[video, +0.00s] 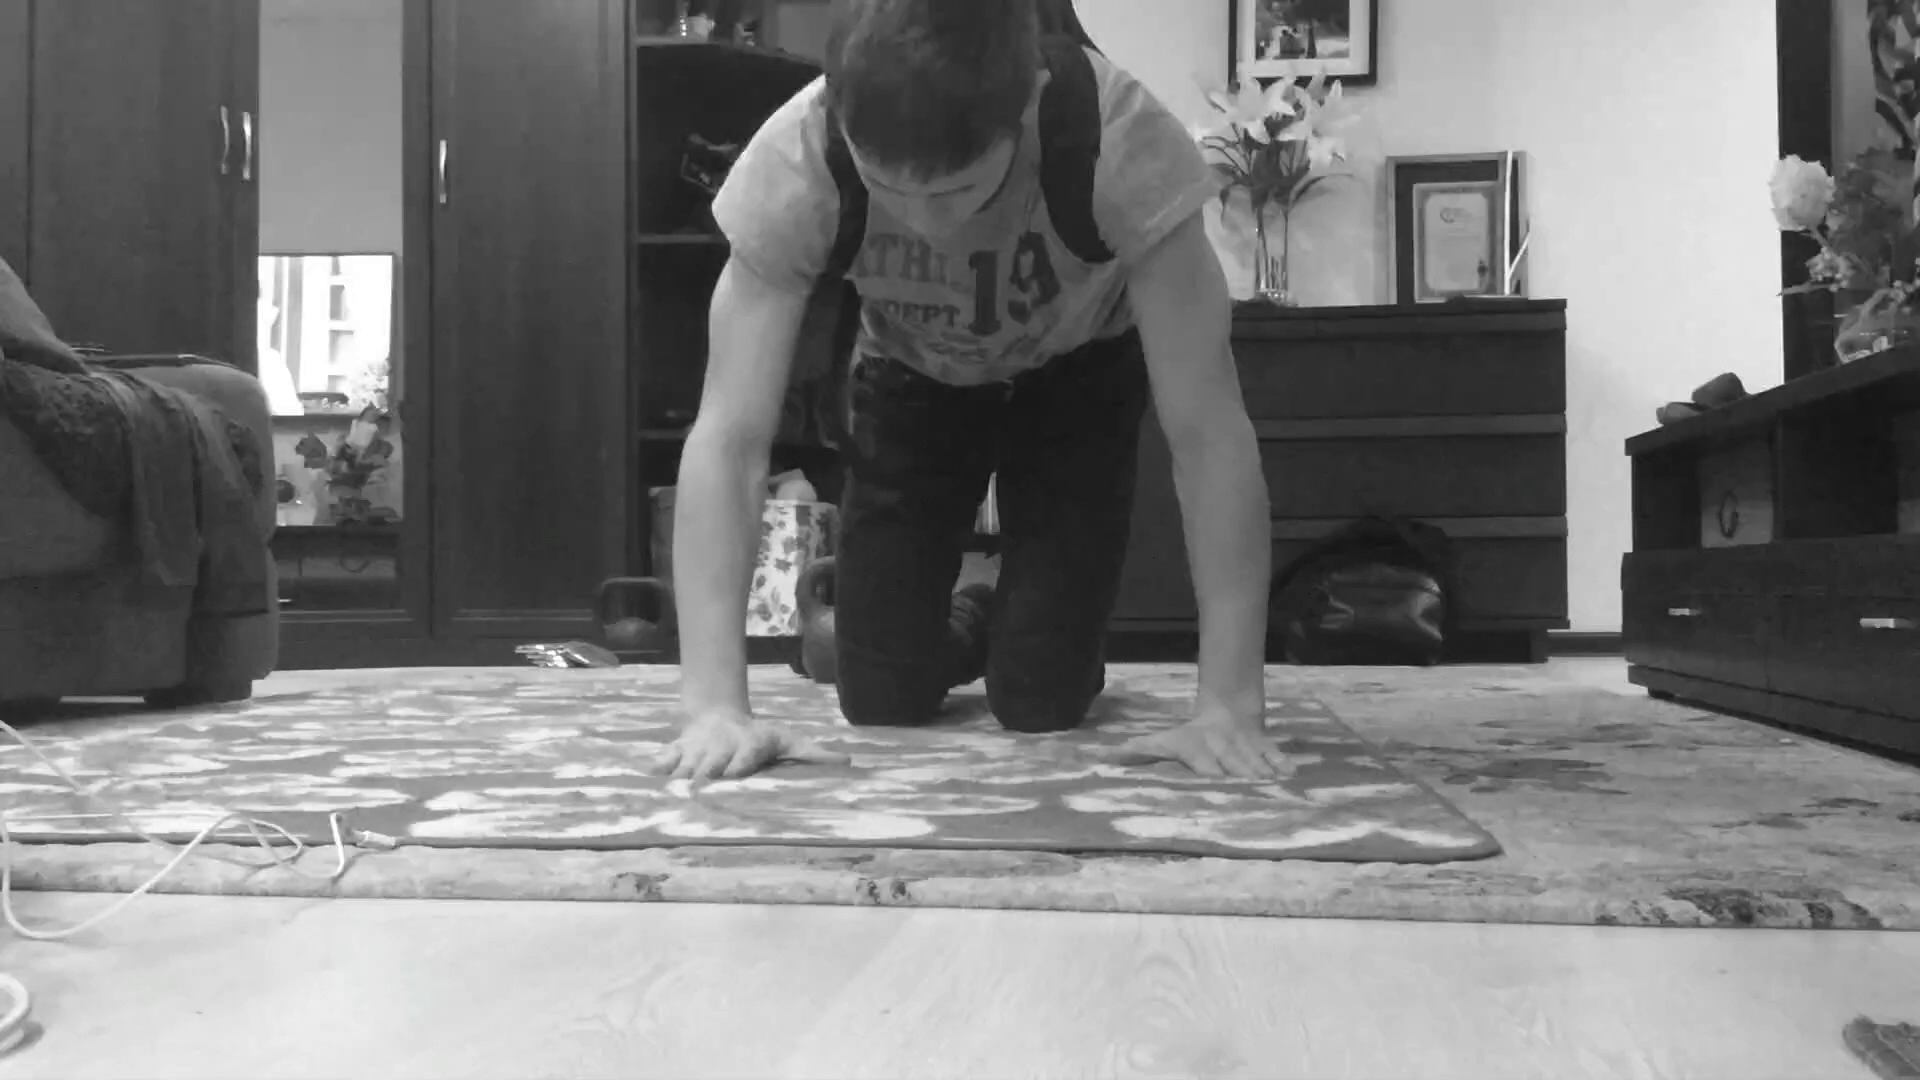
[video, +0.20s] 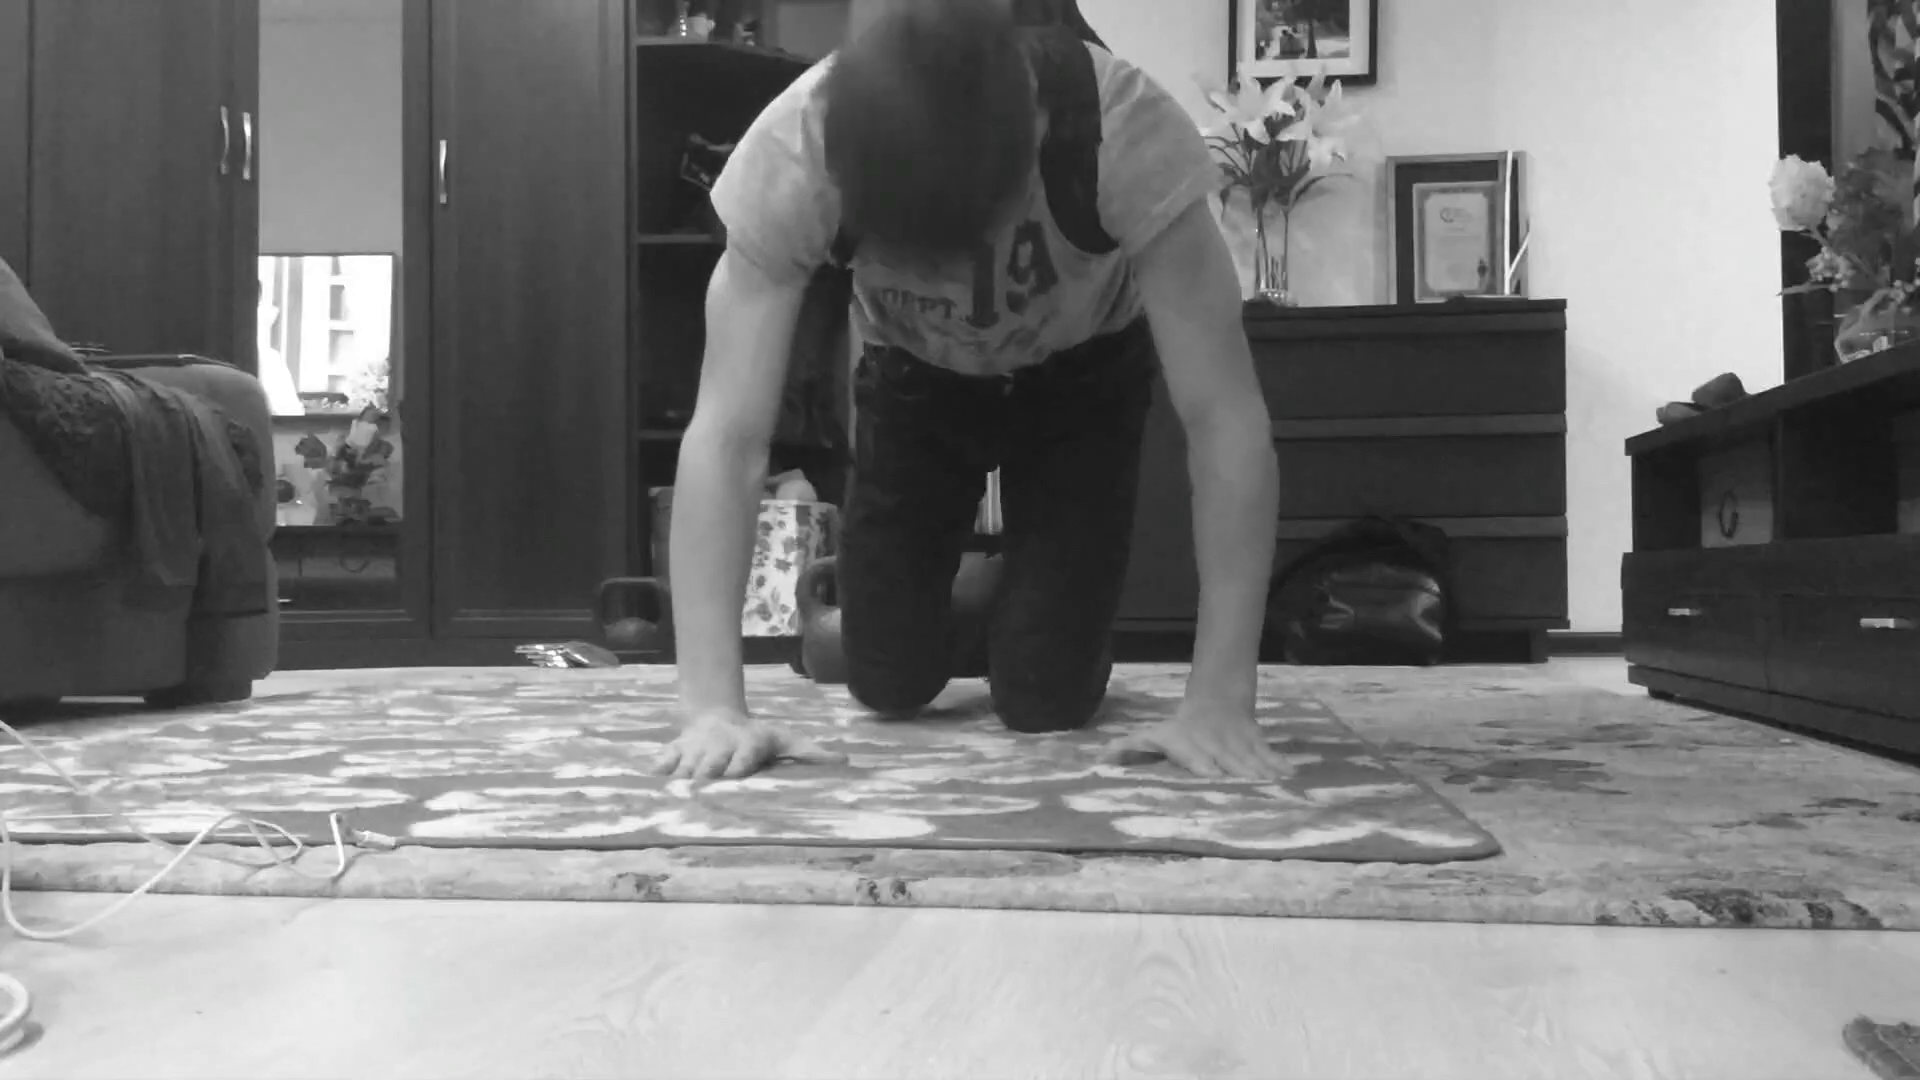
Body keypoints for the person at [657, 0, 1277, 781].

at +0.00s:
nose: (925, 224)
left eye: (960, 196)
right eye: (892, 194)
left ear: (1029, 124)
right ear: (850, 137)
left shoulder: (1123, 150)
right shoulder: (795, 176)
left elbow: (1211, 434)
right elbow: (726, 442)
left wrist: (1230, 707)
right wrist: (714, 707)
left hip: (1077, 369)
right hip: (909, 372)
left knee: (1037, 705)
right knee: (881, 699)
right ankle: (979, 619)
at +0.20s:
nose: (958, 272)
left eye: (986, 245)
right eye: (921, 264)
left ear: (1035, 140)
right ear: (847, 166)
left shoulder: (1132, 139)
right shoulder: (789, 168)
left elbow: (1226, 415)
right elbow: (724, 440)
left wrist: (1221, 704)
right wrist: (711, 709)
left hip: (1083, 366)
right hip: (910, 369)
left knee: (1041, 706)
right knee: (890, 689)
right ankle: (1005, 573)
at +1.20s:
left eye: (955, 346)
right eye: (896, 361)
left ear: (1010, 241)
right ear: (830, 227)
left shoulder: (1124, 139)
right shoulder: (781, 150)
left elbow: (1190, 425)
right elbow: (718, 434)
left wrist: (1214, 709)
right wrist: (708, 710)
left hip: (1058, 320)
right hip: (887, 327)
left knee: (1040, 703)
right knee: (916, 522)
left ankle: (1044, 638)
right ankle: (940, 591)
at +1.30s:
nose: (928, 370)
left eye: (956, 344)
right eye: (892, 352)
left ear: (1016, 235)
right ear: (834, 244)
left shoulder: (1126, 139)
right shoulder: (783, 144)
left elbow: (1190, 433)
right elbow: (713, 434)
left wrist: (1214, 714)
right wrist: (707, 712)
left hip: (1052, 312)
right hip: (879, 318)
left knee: (1050, 683)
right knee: (913, 526)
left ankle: (1029, 627)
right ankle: (936, 592)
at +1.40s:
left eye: (960, 341)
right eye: (892, 352)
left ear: (1013, 238)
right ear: (831, 208)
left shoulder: (1125, 137)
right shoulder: (781, 144)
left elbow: (1190, 434)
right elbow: (710, 435)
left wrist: (1215, 714)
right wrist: (706, 711)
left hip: (1053, 293)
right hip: (877, 303)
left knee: (1060, 580)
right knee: (915, 532)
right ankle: (934, 591)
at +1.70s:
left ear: (1023, 215)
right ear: (830, 223)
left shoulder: (1123, 141)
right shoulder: (778, 150)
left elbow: (1190, 427)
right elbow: (707, 431)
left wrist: (1215, 713)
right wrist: (706, 711)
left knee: (1037, 405)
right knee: (911, 434)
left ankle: (1032, 511)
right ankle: (940, 587)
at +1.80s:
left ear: (1022, 229)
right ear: (833, 232)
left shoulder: (1129, 146)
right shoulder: (780, 155)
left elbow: (1190, 425)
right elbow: (707, 431)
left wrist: (1214, 712)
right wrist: (706, 711)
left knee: (1038, 406)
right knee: (911, 429)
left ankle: (1035, 517)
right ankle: (942, 590)